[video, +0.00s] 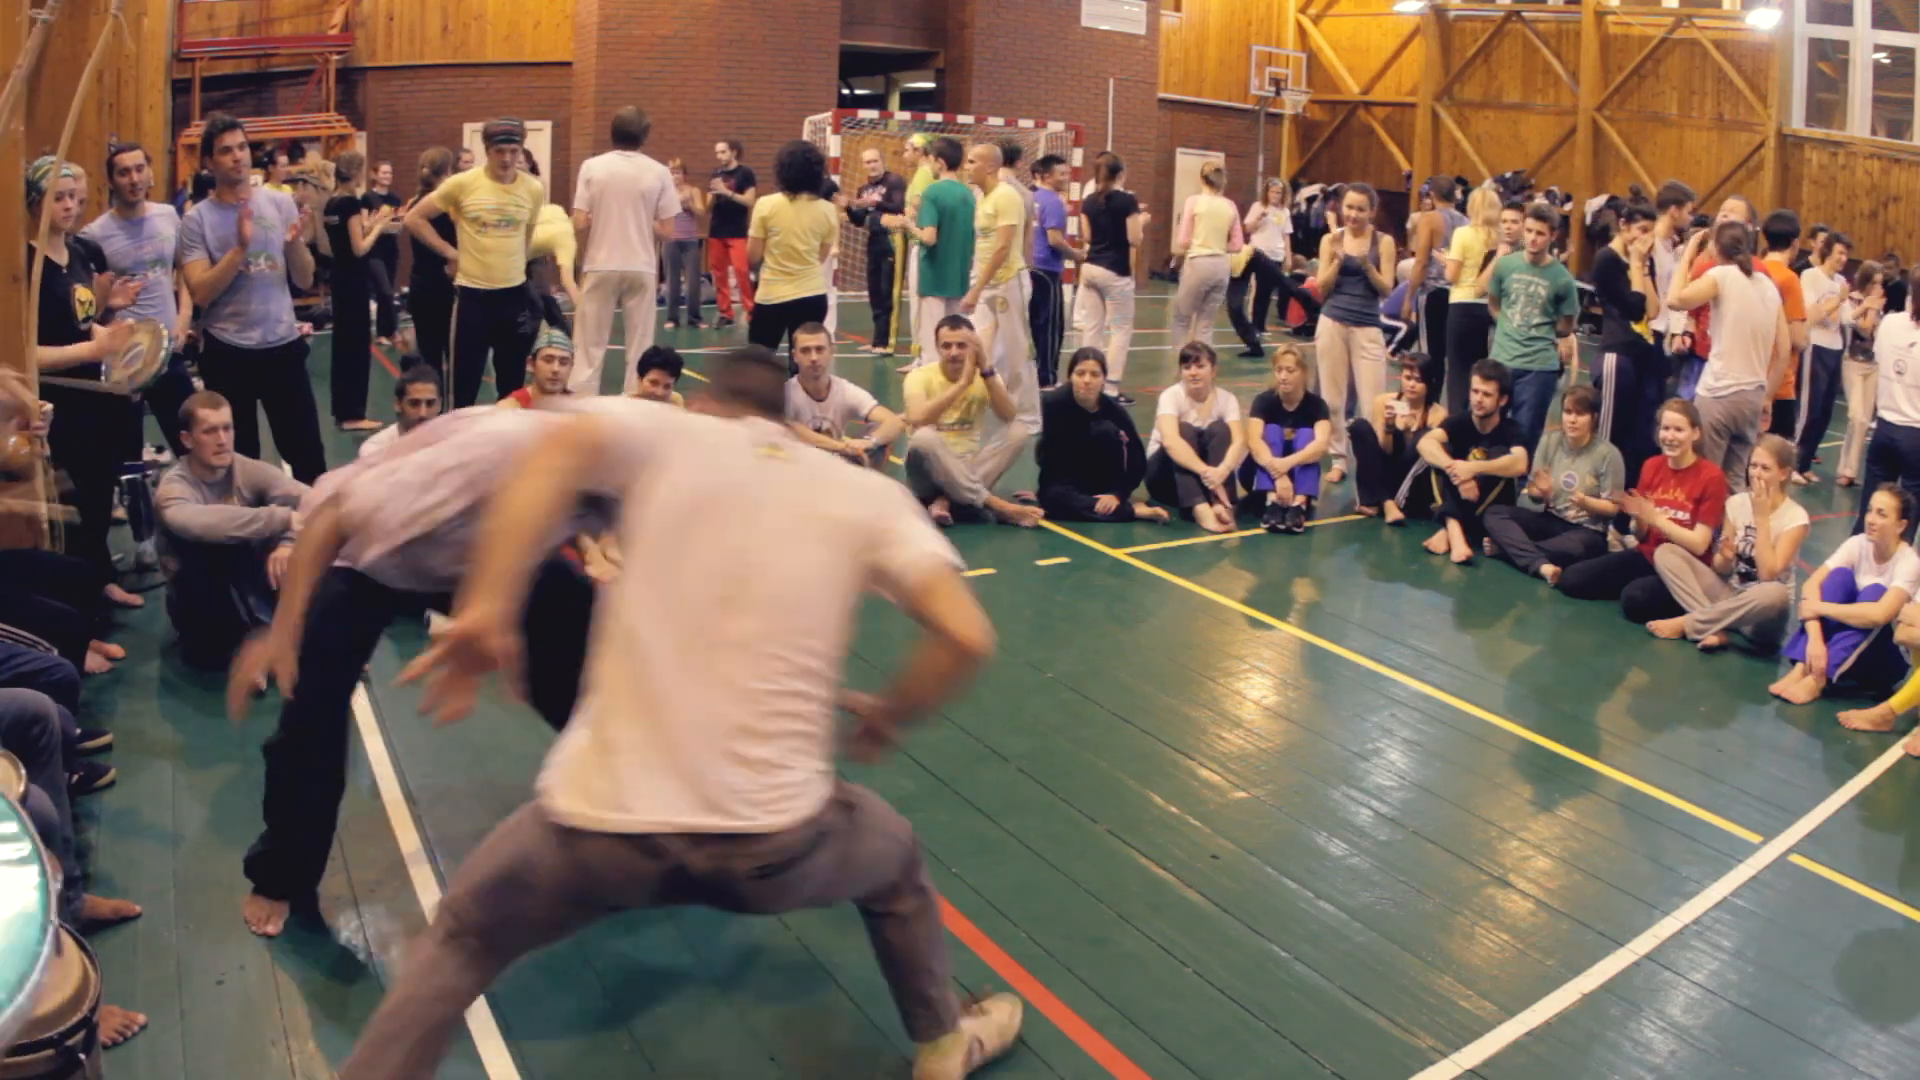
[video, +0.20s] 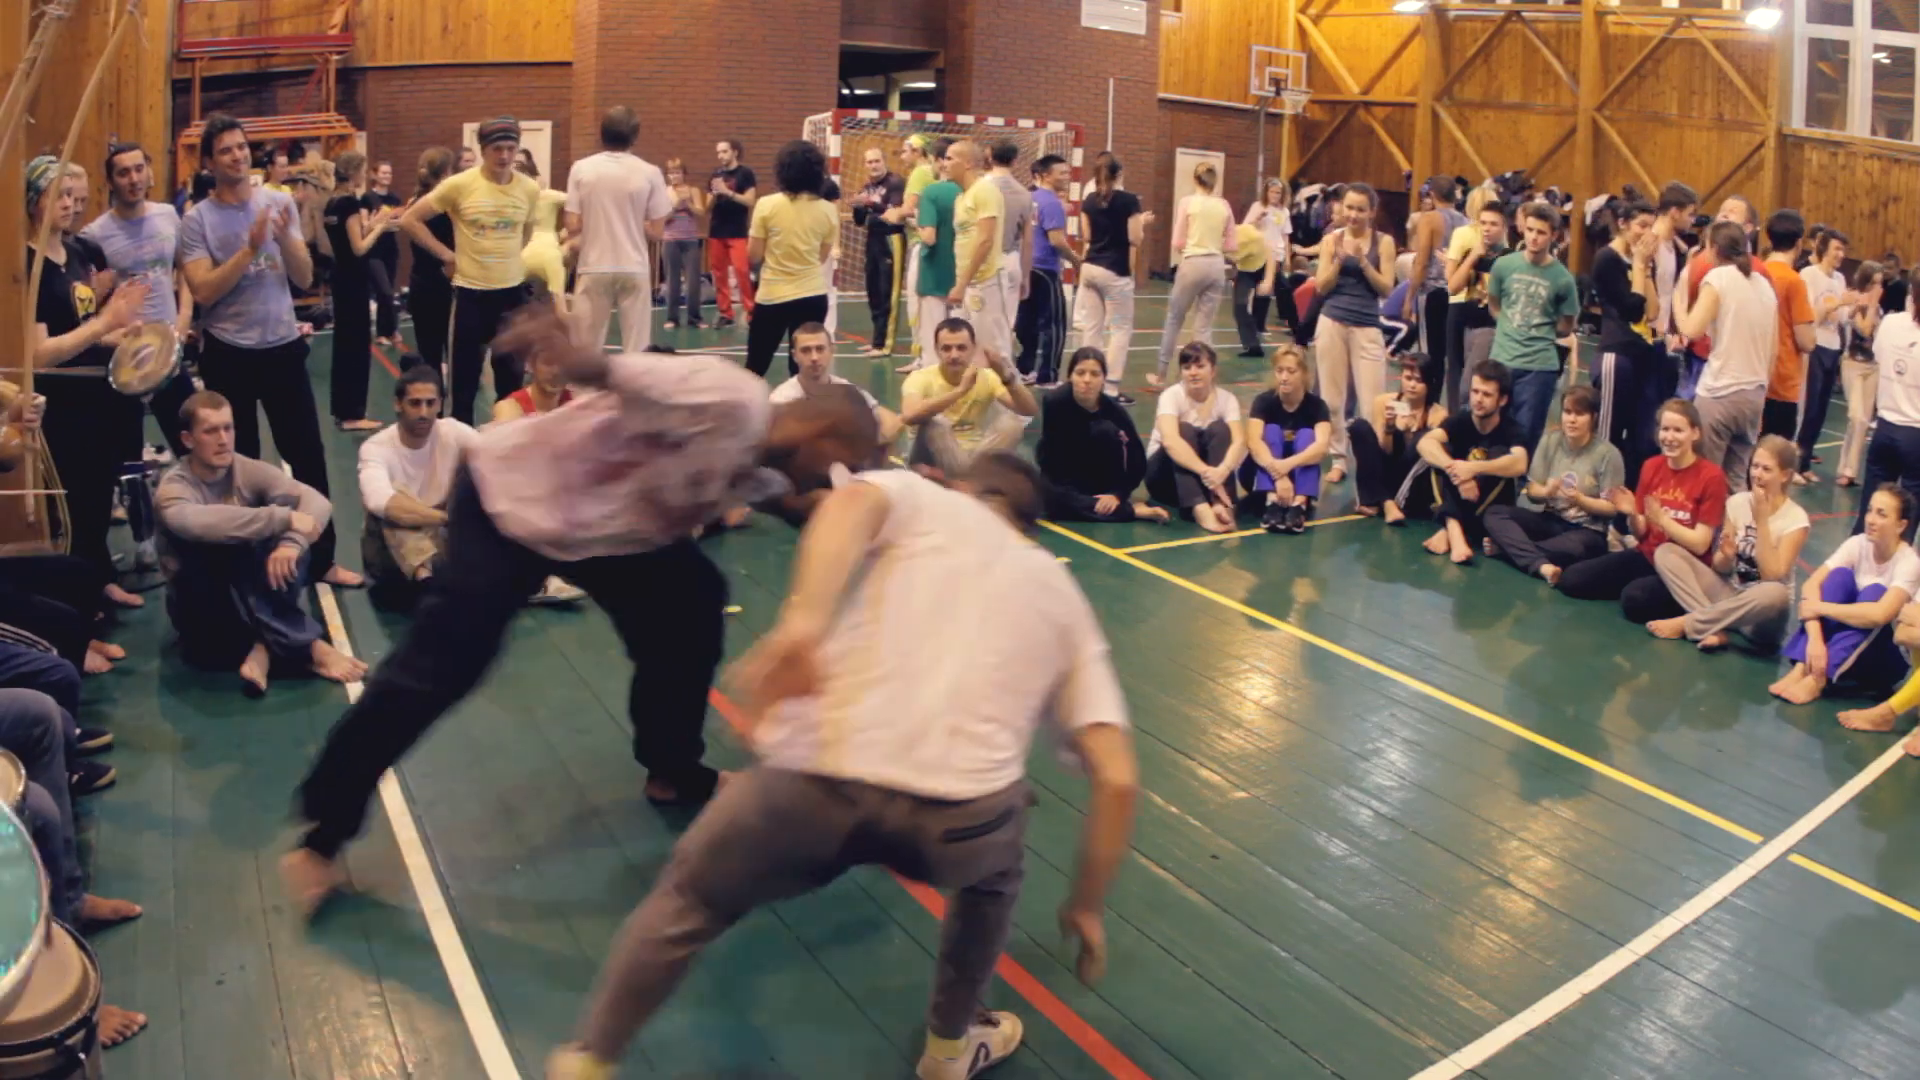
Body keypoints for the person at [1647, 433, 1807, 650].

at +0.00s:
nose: (1756, 473)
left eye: (1765, 468)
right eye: (1753, 466)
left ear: (1784, 474)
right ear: (1747, 467)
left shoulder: (1795, 517)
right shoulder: (1736, 503)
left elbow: (1768, 573)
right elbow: (1720, 568)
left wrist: (1762, 518)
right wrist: (1726, 557)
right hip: (1726, 595)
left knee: (1774, 594)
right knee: (1665, 552)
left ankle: (1686, 624)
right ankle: (1711, 629)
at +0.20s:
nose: (1757, 474)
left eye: (1766, 469)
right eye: (1755, 466)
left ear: (1786, 476)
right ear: (1749, 466)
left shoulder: (1795, 518)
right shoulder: (1737, 502)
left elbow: (1773, 574)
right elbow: (1719, 566)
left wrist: (1761, 521)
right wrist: (1726, 556)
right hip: (1726, 594)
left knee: (1773, 593)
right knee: (1666, 552)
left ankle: (1687, 624)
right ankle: (1711, 629)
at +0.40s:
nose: (1758, 474)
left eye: (1767, 469)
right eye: (1755, 466)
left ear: (1787, 476)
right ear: (1750, 466)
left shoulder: (1796, 521)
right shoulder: (1738, 502)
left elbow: (1775, 577)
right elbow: (1720, 567)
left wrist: (1744, 543)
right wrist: (1735, 551)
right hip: (1728, 596)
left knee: (1774, 593)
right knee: (1666, 552)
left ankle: (1686, 624)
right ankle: (1711, 629)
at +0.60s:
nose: (1757, 474)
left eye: (1766, 469)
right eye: (1754, 466)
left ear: (1786, 476)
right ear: (1749, 467)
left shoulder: (1796, 521)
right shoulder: (1738, 502)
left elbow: (1778, 579)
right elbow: (1720, 568)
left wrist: (1747, 548)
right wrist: (1729, 546)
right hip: (1727, 594)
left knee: (1774, 594)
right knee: (1666, 553)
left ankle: (1686, 624)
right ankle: (1711, 629)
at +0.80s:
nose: (1757, 471)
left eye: (1766, 466)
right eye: (1756, 463)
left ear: (1787, 472)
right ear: (1751, 463)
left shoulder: (1796, 518)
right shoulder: (1738, 499)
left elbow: (1775, 575)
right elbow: (1719, 567)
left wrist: (1742, 542)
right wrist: (1734, 546)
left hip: (1760, 605)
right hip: (1726, 592)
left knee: (1774, 594)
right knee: (1665, 552)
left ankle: (1686, 624)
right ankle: (1711, 629)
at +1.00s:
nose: (1757, 470)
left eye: (1766, 464)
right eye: (1756, 462)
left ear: (1787, 472)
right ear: (1751, 462)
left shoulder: (1796, 517)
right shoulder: (1739, 499)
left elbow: (1777, 576)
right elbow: (1719, 566)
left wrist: (1747, 542)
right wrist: (1729, 538)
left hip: (1760, 605)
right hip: (1725, 590)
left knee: (1774, 592)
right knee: (1666, 552)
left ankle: (1687, 624)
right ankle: (1711, 629)